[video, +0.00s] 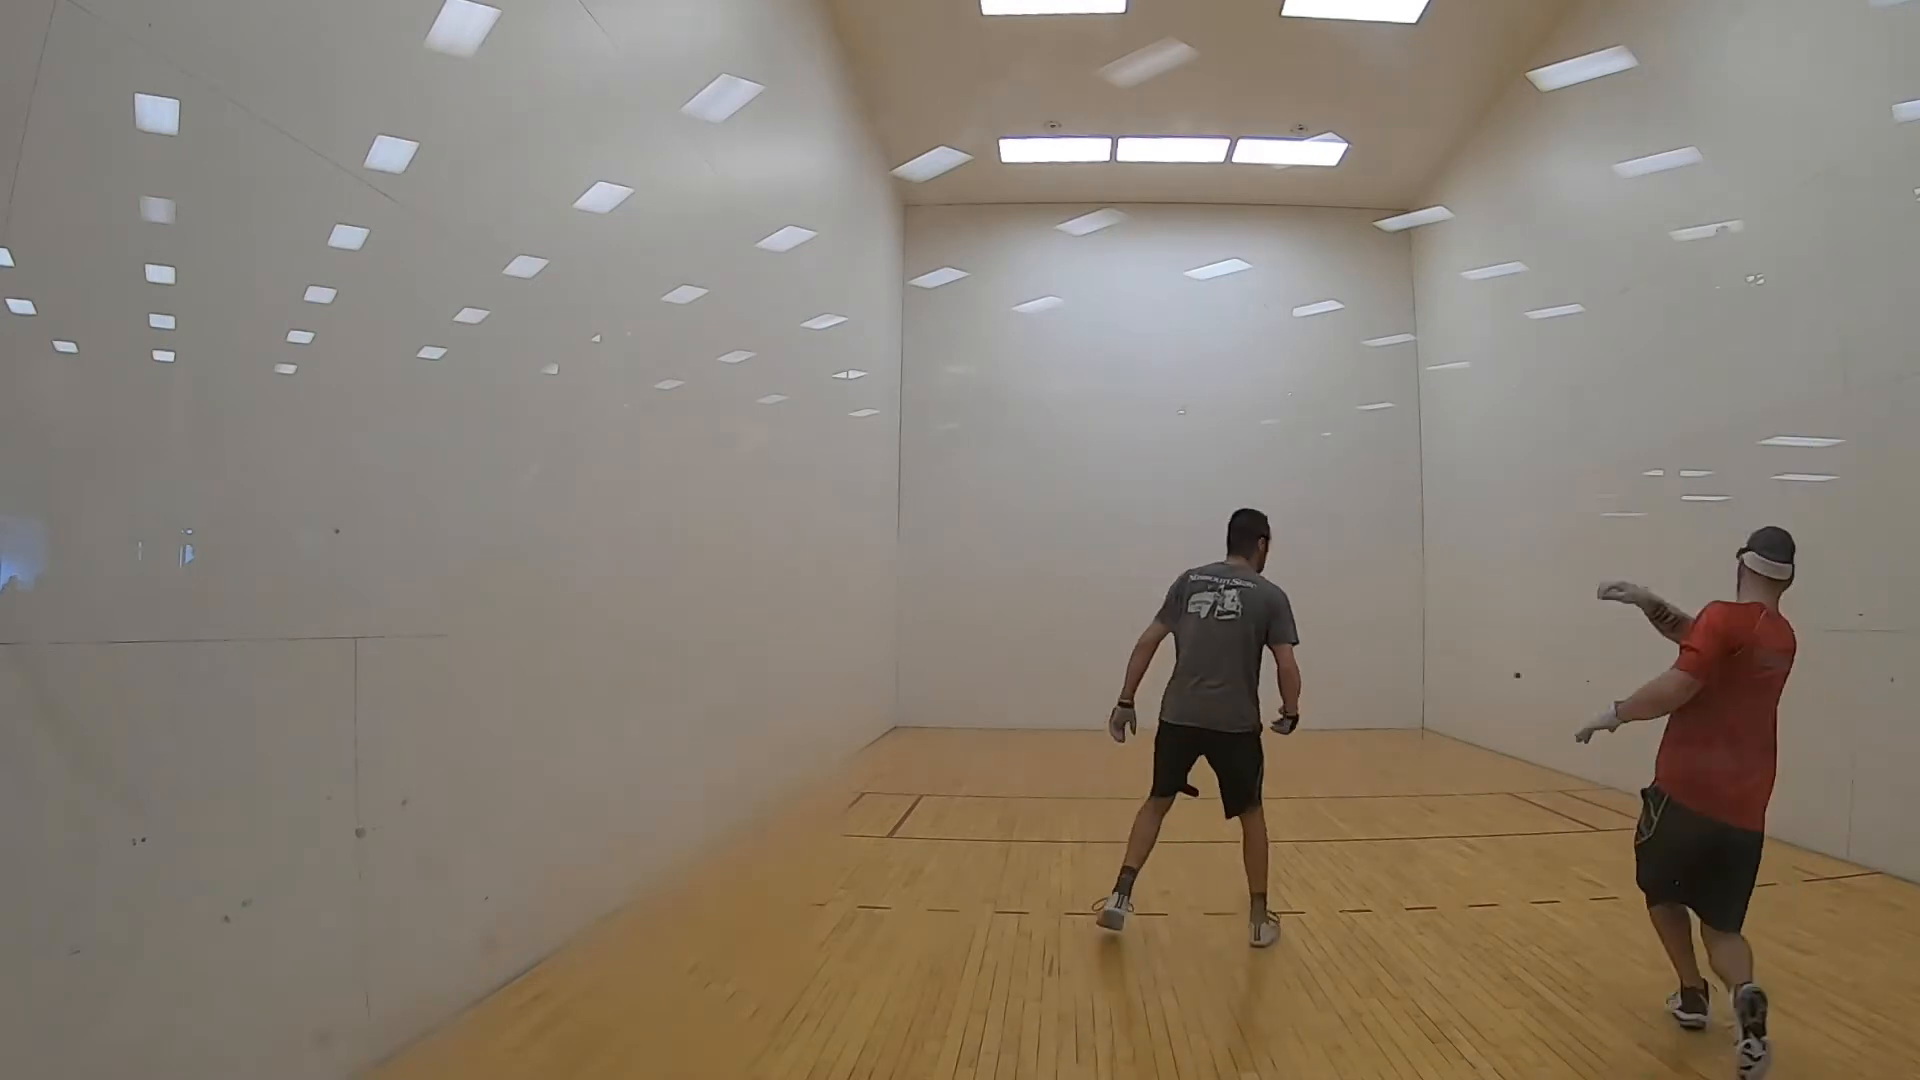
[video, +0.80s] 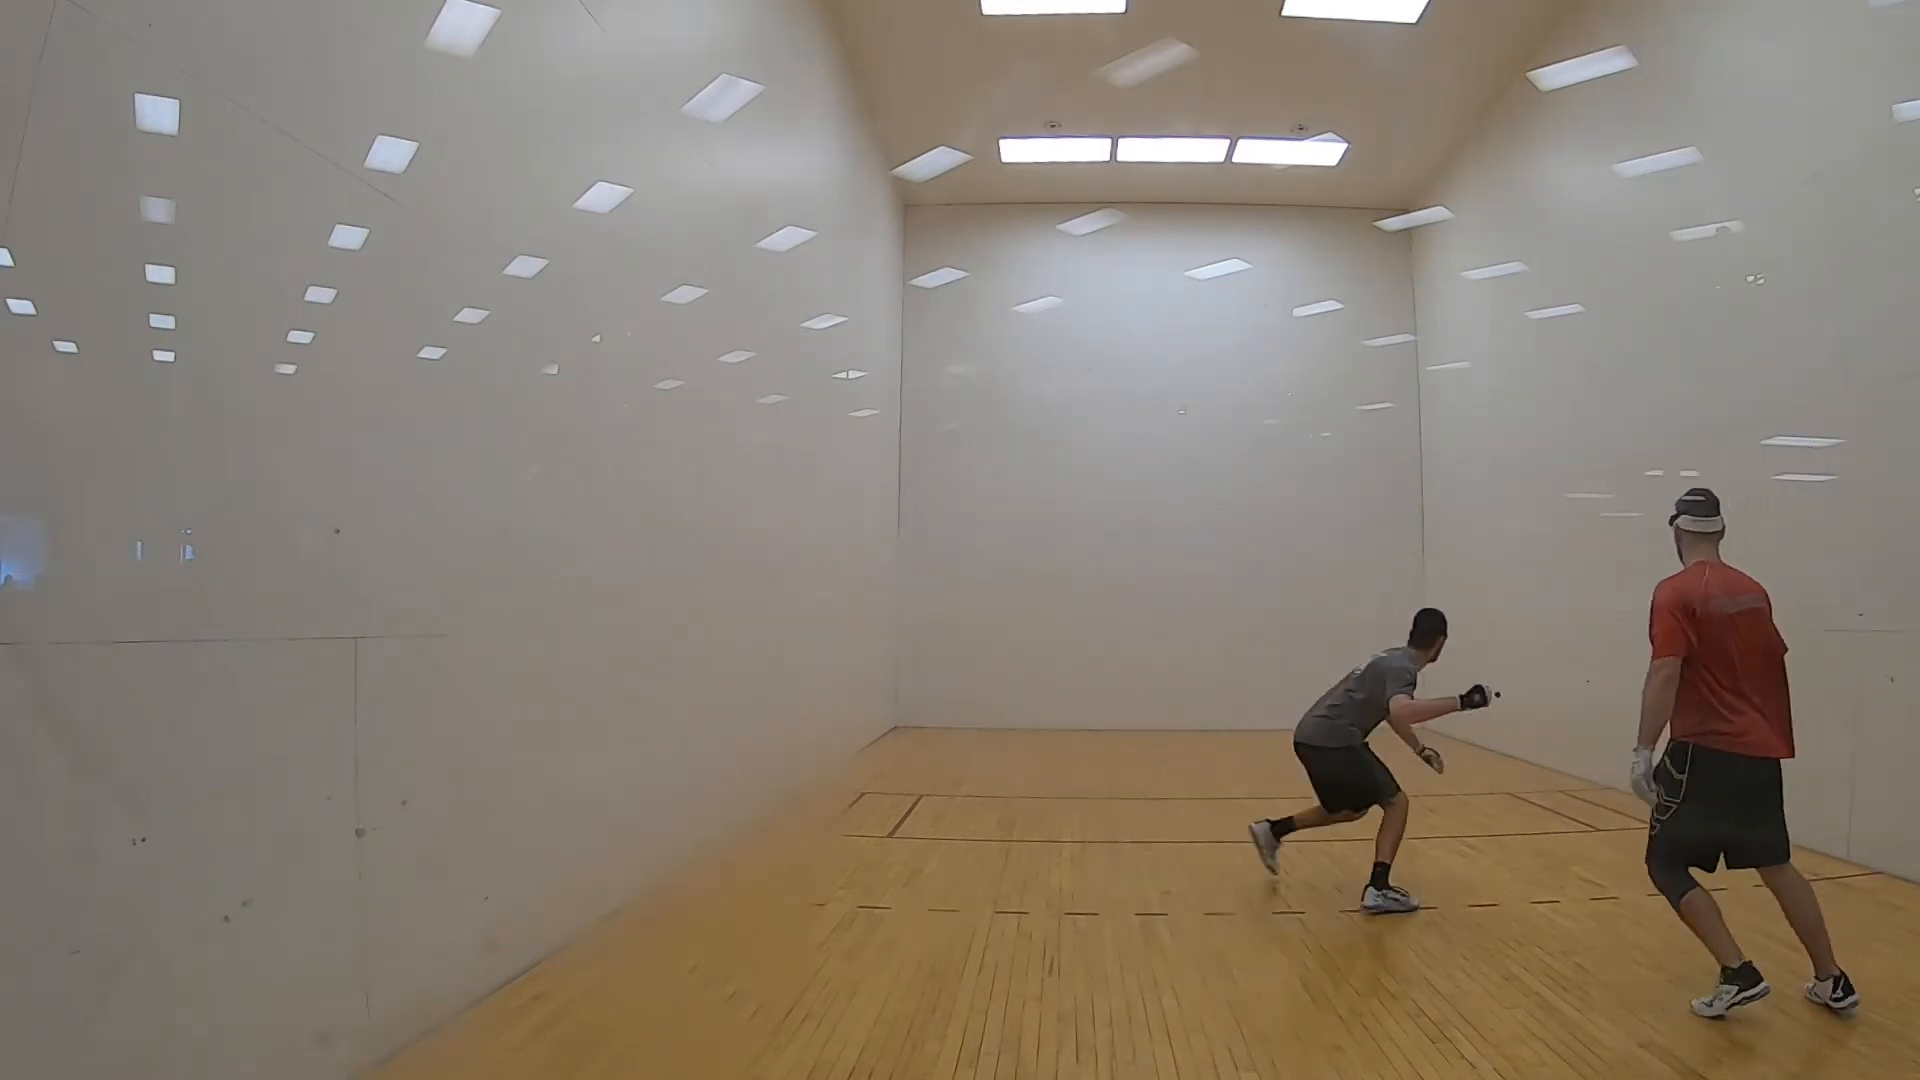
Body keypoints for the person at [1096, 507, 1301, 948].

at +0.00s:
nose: (1270, 552)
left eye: (1269, 545)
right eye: (1270, 545)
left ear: (1227, 542)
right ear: (1262, 545)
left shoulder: (1188, 581)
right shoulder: (1269, 595)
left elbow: (1148, 642)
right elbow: (1286, 663)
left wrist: (1125, 700)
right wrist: (1291, 711)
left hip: (1178, 720)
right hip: (1234, 726)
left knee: (1157, 802)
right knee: (1252, 817)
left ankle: (1119, 897)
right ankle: (1259, 919)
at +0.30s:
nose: (1246, 583)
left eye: (1243, 577)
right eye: (1246, 577)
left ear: (1209, 580)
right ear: (1243, 581)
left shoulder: (1180, 624)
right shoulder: (1253, 626)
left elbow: (1141, 681)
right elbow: (1266, 695)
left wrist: (1150, 725)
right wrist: (1286, 711)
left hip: (1175, 742)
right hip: (1227, 746)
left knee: (1152, 809)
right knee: (1262, 813)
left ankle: (1103, 893)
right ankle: (1252, 900)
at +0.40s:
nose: (1252, 603)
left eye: (1250, 598)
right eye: (1253, 598)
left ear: (1217, 599)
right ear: (1249, 600)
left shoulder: (1191, 642)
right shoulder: (1259, 640)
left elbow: (1167, 711)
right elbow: (1271, 698)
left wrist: (1195, 740)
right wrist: (1307, 729)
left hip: (1183, 748)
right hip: (1234, 749)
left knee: (1156, 813)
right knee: (1283, 803)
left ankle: (1105, 891)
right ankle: (1275, 892)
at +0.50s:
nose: (1279, 619)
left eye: (1275, 612)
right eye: (1278, 612)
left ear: (1243, 613)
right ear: (1273, 613)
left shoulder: (1220, 650)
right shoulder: (1279, 650)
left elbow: (1231, 720)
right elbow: (1299, 702)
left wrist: (1290, 730)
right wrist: (1353, 730)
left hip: (1201, 752)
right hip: (1251, 750)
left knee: (1165, 821)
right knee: (1313, 791)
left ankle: (1107, 891)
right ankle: (1332, 885)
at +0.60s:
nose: (1333, 616)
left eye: (1327, 609)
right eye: (1332, 610)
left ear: (1297, 612)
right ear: (1329, 613)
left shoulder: (1276, 647)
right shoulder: (1321, 648)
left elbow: (1300, 713)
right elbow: (1333, 698)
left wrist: (1356, 705)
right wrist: (1386, 715)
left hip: (1239, 750)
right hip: (1283, 748)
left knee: (1198, 827)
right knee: (1353, 788)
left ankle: (1118, 884)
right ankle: (1366, 884)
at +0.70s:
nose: (1398, 629)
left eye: (1397, 622)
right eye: (1398, 622)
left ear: (1362, 619)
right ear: (1393, 624)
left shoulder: (1340, 650)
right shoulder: (1368, 654)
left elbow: (1355, 715)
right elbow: (1370, 705)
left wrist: (1403, 728)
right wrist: (1428, 708)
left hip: (1279, 749)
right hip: (1318, 750)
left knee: (1270, 834)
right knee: (1379, 798)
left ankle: (1189, 840)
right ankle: (1377, 890)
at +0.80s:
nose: (1442, 647)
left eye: (1443, 640)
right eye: (1444, 640)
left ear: (1413, 634)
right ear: (1439, 642)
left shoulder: (1390, 660)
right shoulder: (1401, 666)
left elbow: (1392, 715)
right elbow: (1401, 712)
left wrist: (1418, 748)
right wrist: (1462, 702)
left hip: (1311, 738)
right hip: (1335, 741)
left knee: (1352, 808)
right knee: (1397, 802)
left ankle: (1272, 831)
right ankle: (1378, 889)